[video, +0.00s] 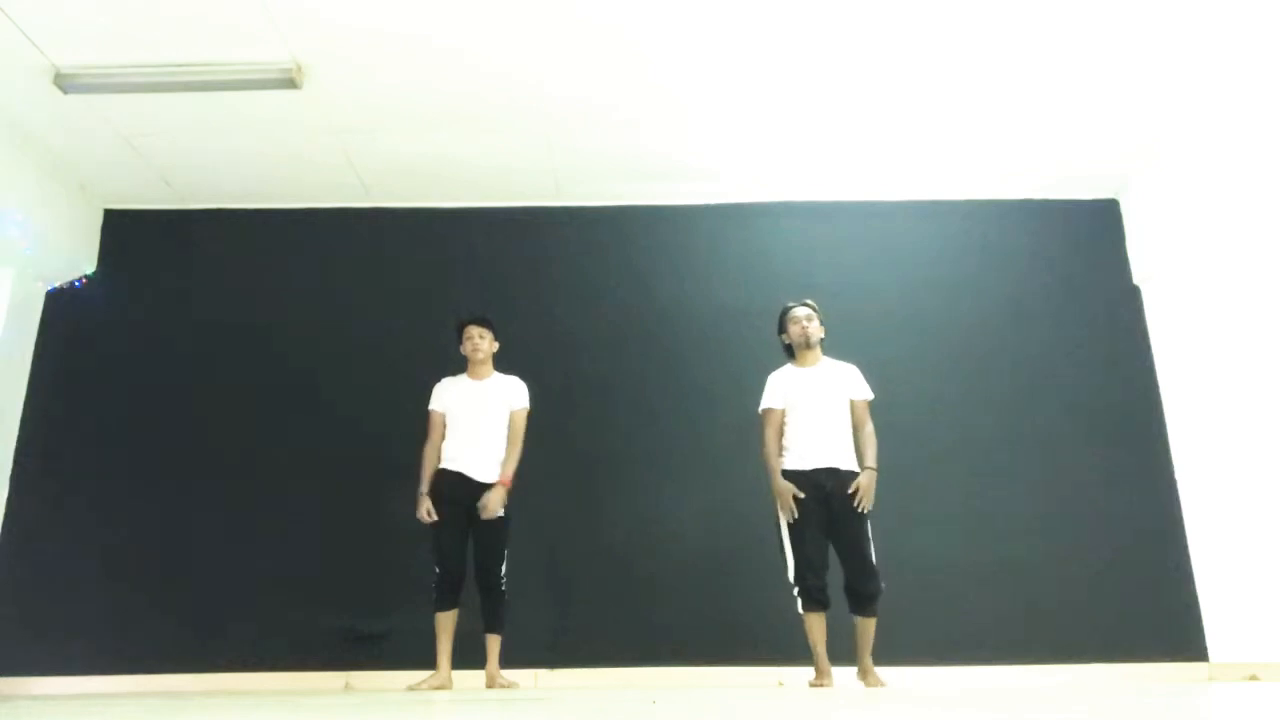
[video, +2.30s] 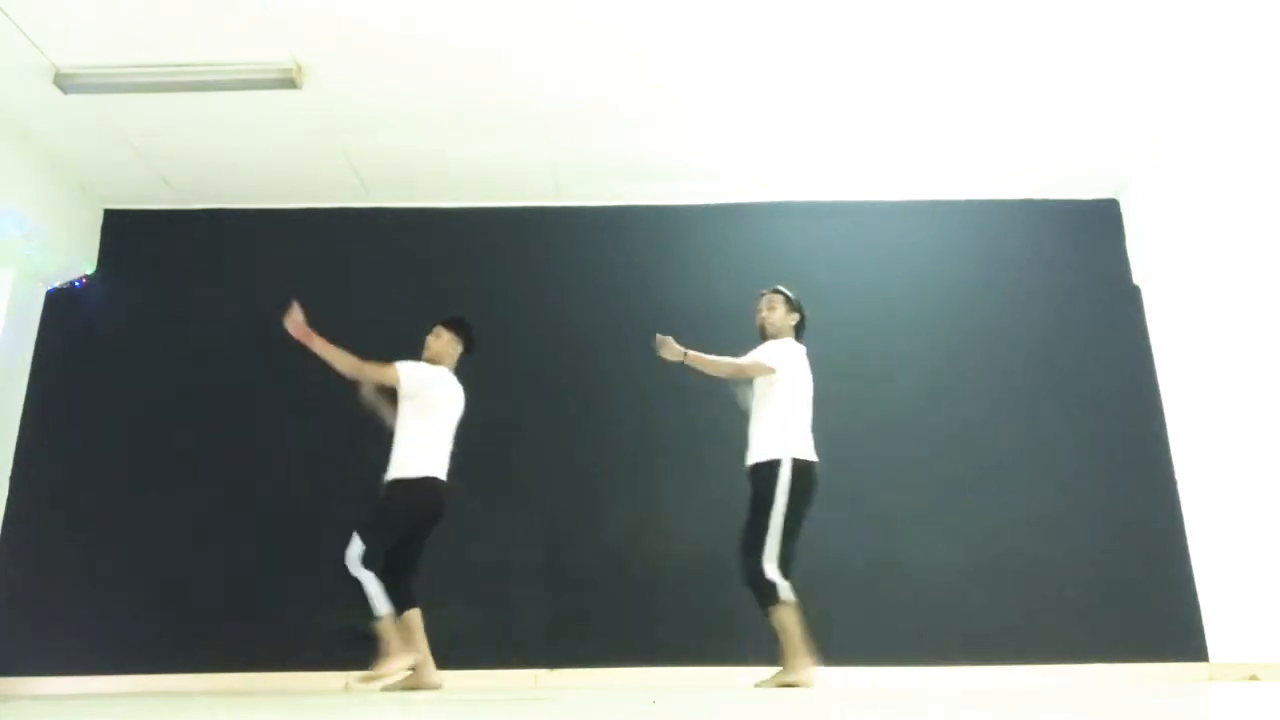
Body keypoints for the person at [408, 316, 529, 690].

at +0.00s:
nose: (475, 343)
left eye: (482, 338)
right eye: (469, 339)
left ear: (495, 346)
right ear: (461, 348)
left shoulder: (513, 387)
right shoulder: (445, 387)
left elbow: (515, 442)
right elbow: (433, 441)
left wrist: (501, 487)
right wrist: (424, 490)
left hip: (491, 489)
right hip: (449, 486)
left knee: (492, 578)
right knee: (448, 576)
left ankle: (493, 671)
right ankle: (443, 672)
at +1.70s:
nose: (468, 341)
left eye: (476, 336)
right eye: (463, 336)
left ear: (491, 346)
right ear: (457, 347)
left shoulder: (502, 377)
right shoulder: (449, 393)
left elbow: (507, 428)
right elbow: (447, 454)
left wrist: (464, 454)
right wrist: (426, 498)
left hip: (495, 492)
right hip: (456, 491)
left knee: (499, 576)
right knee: (430, 568)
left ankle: (502, 670)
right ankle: (440, 662)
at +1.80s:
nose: (462, 342)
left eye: (471, 337)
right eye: (459, 337)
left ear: (487, 347)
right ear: (453, 347)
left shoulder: (493, 376)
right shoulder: (451, 393)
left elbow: (477, 418)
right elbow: (464, 437)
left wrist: (434, 423)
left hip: (491, 491)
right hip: (454, 491)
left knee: (498, 577)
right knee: (420, 565)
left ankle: (502, 670)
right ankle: (436, 660)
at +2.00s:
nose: (449, 348)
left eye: (458, 344)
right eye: (446, 343)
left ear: (475, 355)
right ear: (444, 352)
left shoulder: (462, 378)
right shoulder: (461, 389)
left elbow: (417, 416)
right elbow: (491, 447)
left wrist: (416, 404)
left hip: (460, 493)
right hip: (438, 495)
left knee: (473, 577)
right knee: (406, 573)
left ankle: (502, 670)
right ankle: (427, 670)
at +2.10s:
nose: (441, 350)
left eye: (451, 347)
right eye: (442, 344)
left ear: (467, 359)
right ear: (443, 350)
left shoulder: (445, 385)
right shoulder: (461, 395)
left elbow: (399, 424)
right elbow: (482, 457)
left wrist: (391, 406)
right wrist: (462, 490)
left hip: (437, 494)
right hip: (425, 495)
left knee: (435, 582)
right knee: (398, 584)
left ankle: (494, 649)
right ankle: (425, 671)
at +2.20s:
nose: (435, 350)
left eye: (445, 346)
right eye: (437, 343)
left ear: (462, 358)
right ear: (438, 348)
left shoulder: (434, 383)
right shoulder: (460, 401)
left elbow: (375, 404)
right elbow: (441, 463)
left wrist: (342, 378)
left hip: (424, 496)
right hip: (432, 497)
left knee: (389, 577)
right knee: (391, 583)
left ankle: (460, 638)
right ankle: (425, 672)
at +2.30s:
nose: (429, 339)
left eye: (439, 336)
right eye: (432, 333)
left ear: (456, 349)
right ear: (440, 343)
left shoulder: (423, 375)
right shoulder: (454, 391)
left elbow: (359, 369)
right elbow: (407, 427)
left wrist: (306, 336)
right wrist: (375, 398)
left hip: (408, 487)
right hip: (430, 490)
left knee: (359, 558)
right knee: (397, 573)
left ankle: (394, 652)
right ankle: (424, 668)